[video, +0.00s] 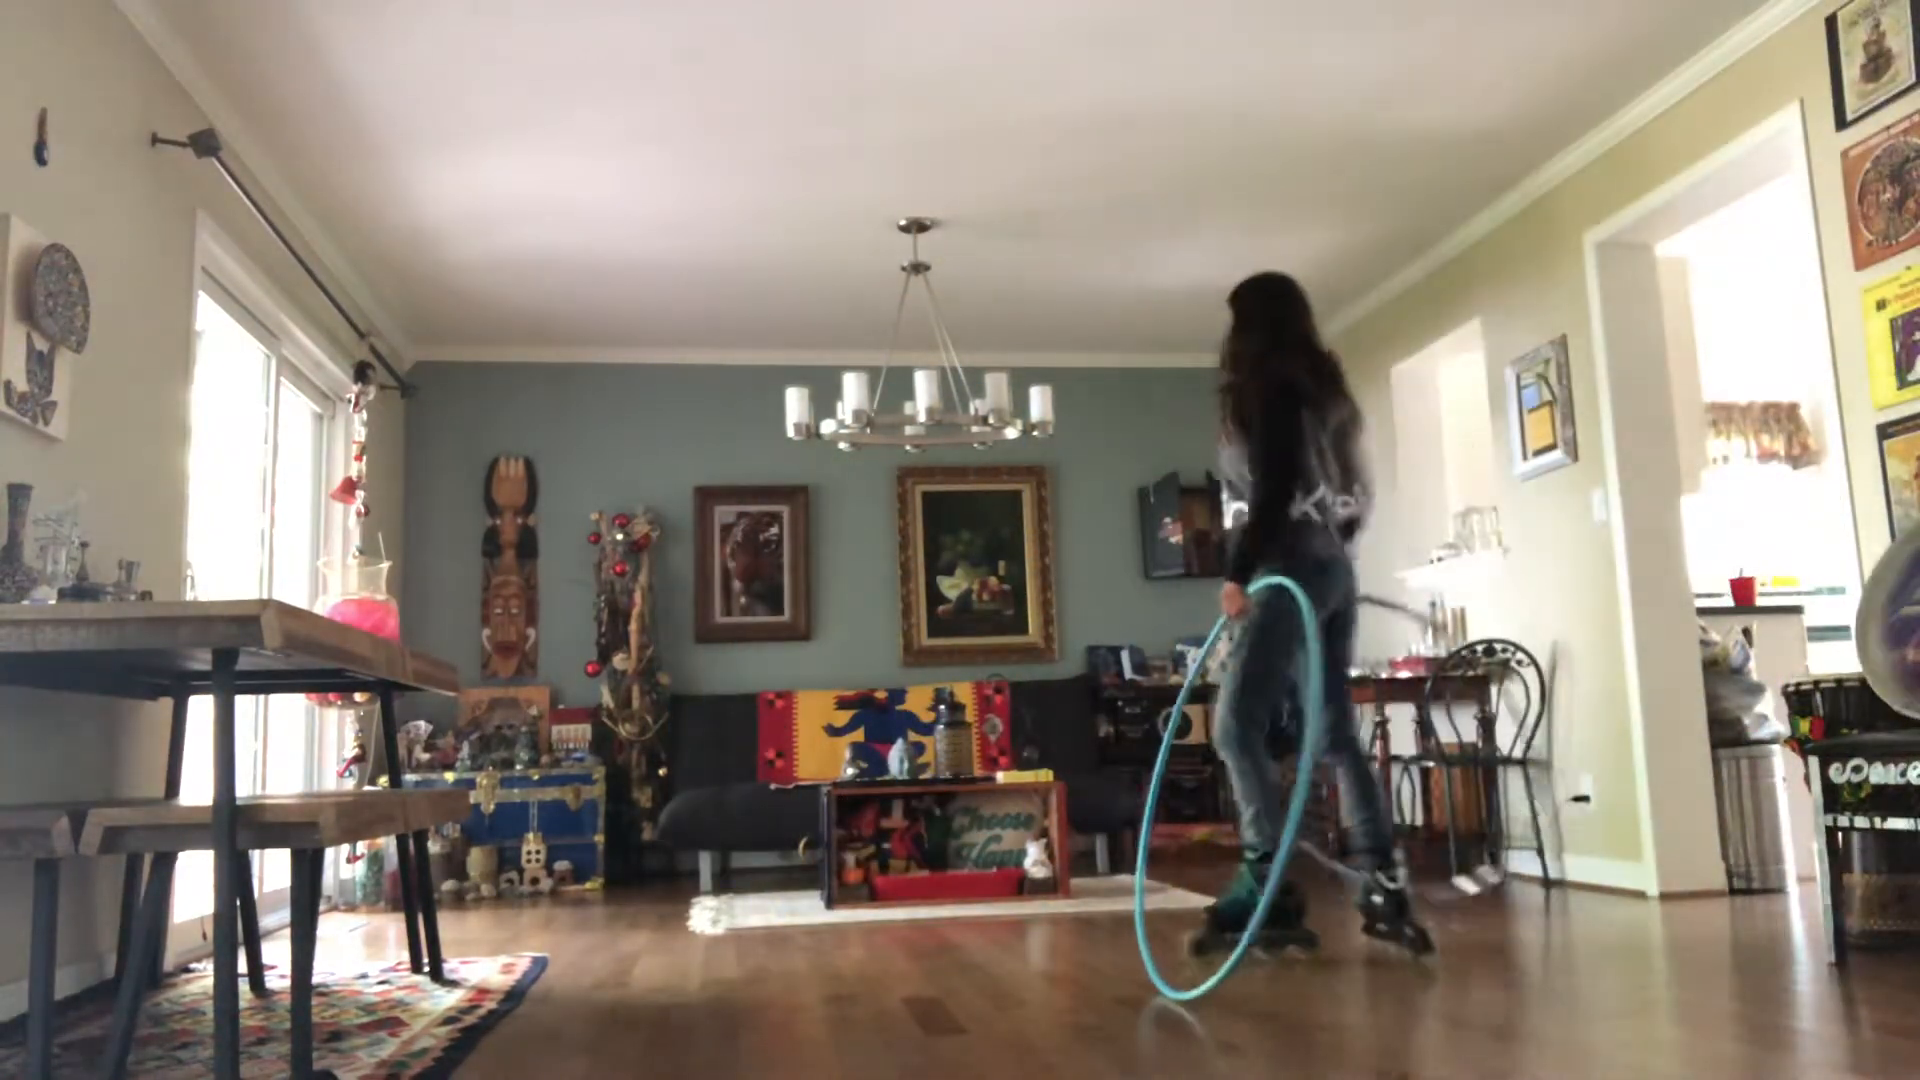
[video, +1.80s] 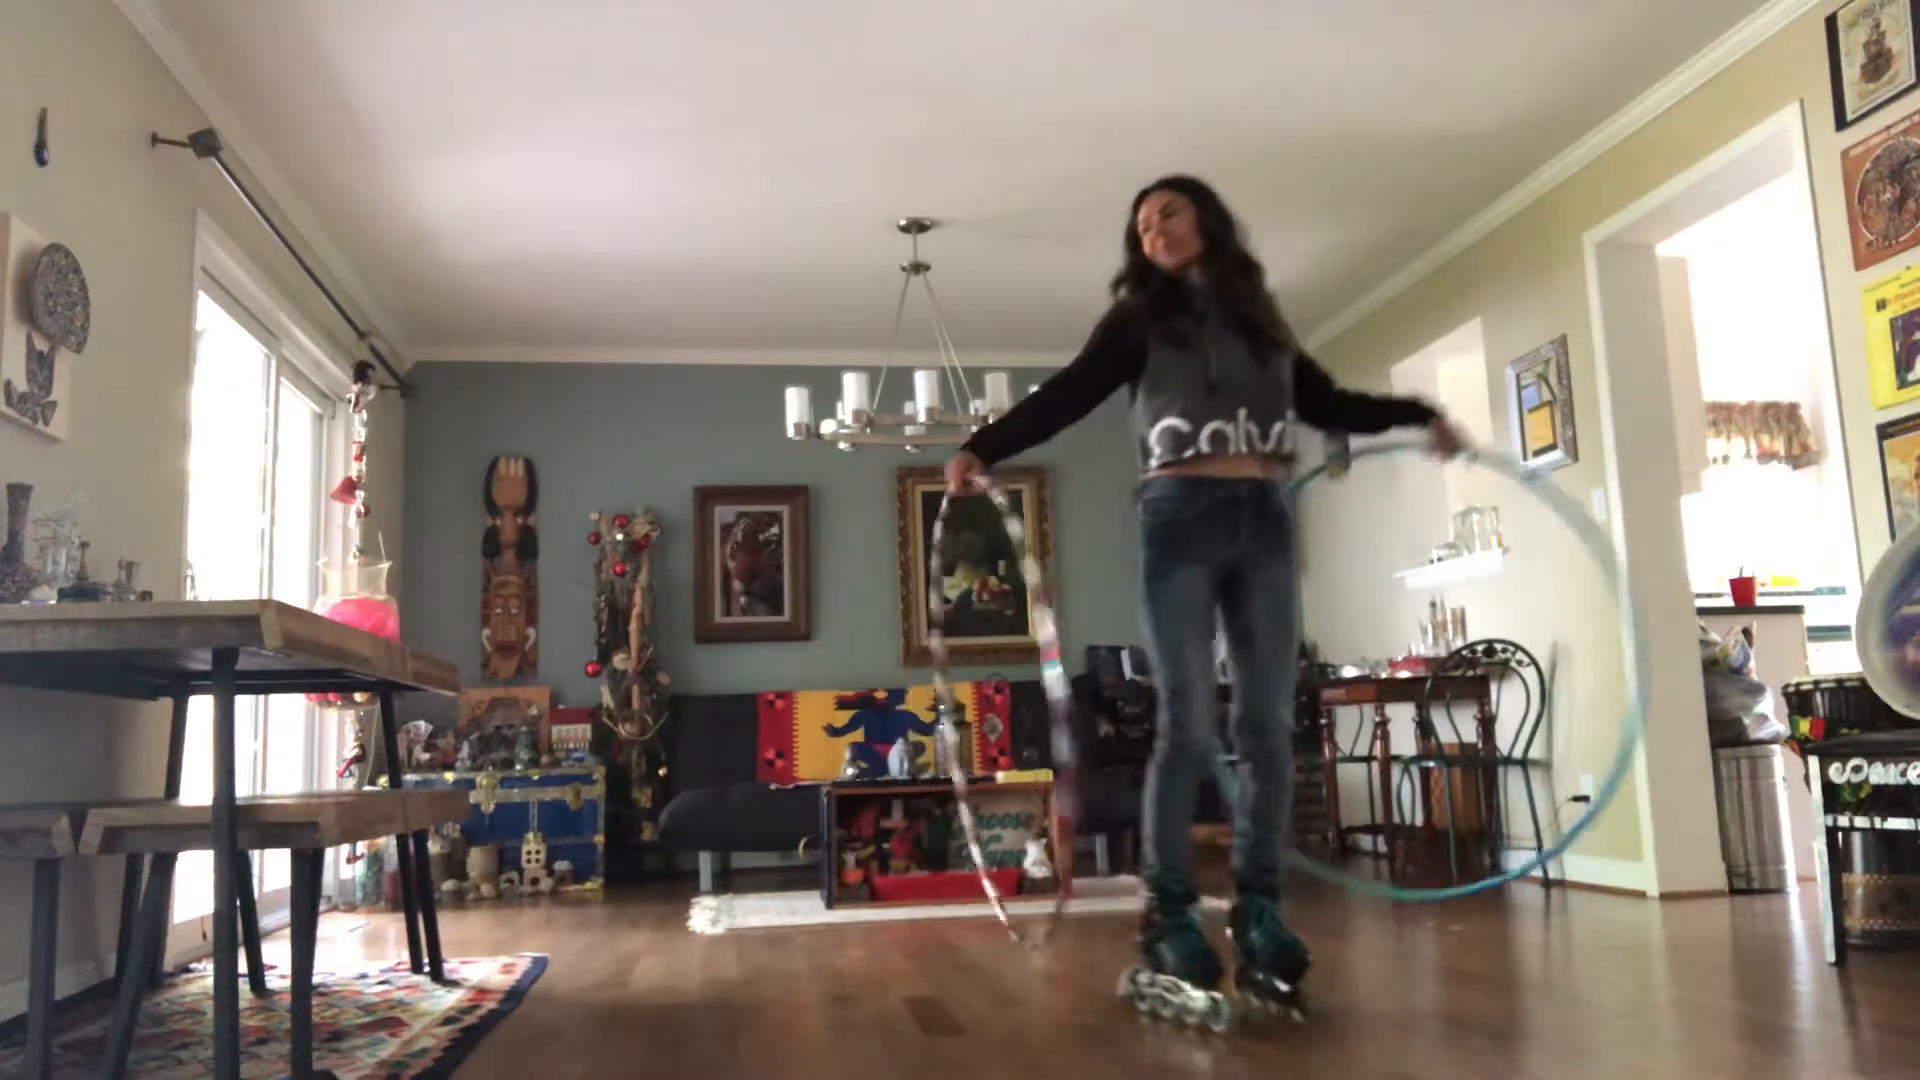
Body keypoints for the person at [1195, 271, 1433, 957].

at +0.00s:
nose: (1231, 334)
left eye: (1236, 321)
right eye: (1234, 321)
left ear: (1250, 322)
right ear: (1299, 319)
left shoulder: (1266, 378)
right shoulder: (1326, 379)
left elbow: (1274, 478)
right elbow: (1357, 491)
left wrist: (1238, 572)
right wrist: (1328, 551)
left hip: (1290, 561)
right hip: (1332, 561)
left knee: (1237, 729)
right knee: (1336, 735)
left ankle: (1268, 887)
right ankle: (1384, 887)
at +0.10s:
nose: (1206, 334)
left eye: (1214, 323)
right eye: (1209, 323)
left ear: (1238, 330)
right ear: (1264, 327)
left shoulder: (1269, 391)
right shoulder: (1253, 392)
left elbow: (1297, 487)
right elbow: (1268, 492)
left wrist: (1255, 575)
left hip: (1284, 577)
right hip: (1289, 577)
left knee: (1218, 733)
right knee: (1304, 742)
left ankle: (1250, 878)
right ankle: (1347, 878)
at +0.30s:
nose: (1168, 356)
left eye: (1177, 344)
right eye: (1169, 343)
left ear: (1209, 346)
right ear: (1192, 346)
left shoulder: (1252, 402)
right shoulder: (1192, 415)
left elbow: (1296, 494)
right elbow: (1184, 512)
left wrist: (1299, 580)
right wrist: (1157, 580)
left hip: (1240, 569)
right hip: (1204, 573)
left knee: (1187, 726)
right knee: (1217, 734)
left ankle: (1224, 867)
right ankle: (1241, 880)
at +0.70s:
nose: (1103, 353)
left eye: (1113, 341)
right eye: (1097, 343)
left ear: (1145, 340)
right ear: (1096, 349)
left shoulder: (1187, 403)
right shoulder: (1096, 417)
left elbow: (1232, 490)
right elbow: (1072, 507)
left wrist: (1240, 578)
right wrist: (1033, 570)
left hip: (1175, 568)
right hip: (1110, 572)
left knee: (1152, 726)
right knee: (1106, 734)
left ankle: (1198, 880)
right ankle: (1117, 883)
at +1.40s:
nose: (1116, 297)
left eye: (1127, 282)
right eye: (1106, 291)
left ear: (1163, 287)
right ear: (1101, 308)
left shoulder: (1209, 372)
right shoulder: (1097, 372)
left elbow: (1257, 461)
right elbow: (1054, 438)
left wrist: (1329, 531)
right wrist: (1007, 490)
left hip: (1205, 556)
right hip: (1126, 558)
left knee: (1214, 738)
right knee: (1106, 734)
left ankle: (1211, 903)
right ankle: (1067, 902)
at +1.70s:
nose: (1146, 245)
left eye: (1159, 229)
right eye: (1134, 240)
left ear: (1197, 239)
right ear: (1128, 263)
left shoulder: (1240, 328)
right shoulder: (1126, 329)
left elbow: (1303, 418)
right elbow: (1065, 395)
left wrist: (1397, 453)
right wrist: (986, 444)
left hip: (1248, 525)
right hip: (1164, 526)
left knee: (1249, 732)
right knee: (1162, 728)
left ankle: (1245, 912)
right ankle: (1144, 916)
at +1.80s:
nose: (1159, 231)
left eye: (1171, 214)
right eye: (1146, 227)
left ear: (1210, 222)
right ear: (1140, 250)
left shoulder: (1255, 315)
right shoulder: (1140, 316)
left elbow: (1323, 404)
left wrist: (1421, 414)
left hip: (1266, 512)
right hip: (1179, 515)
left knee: (1269, 725)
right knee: (1188, 725)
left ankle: (1262, 913)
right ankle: (1171, 921)